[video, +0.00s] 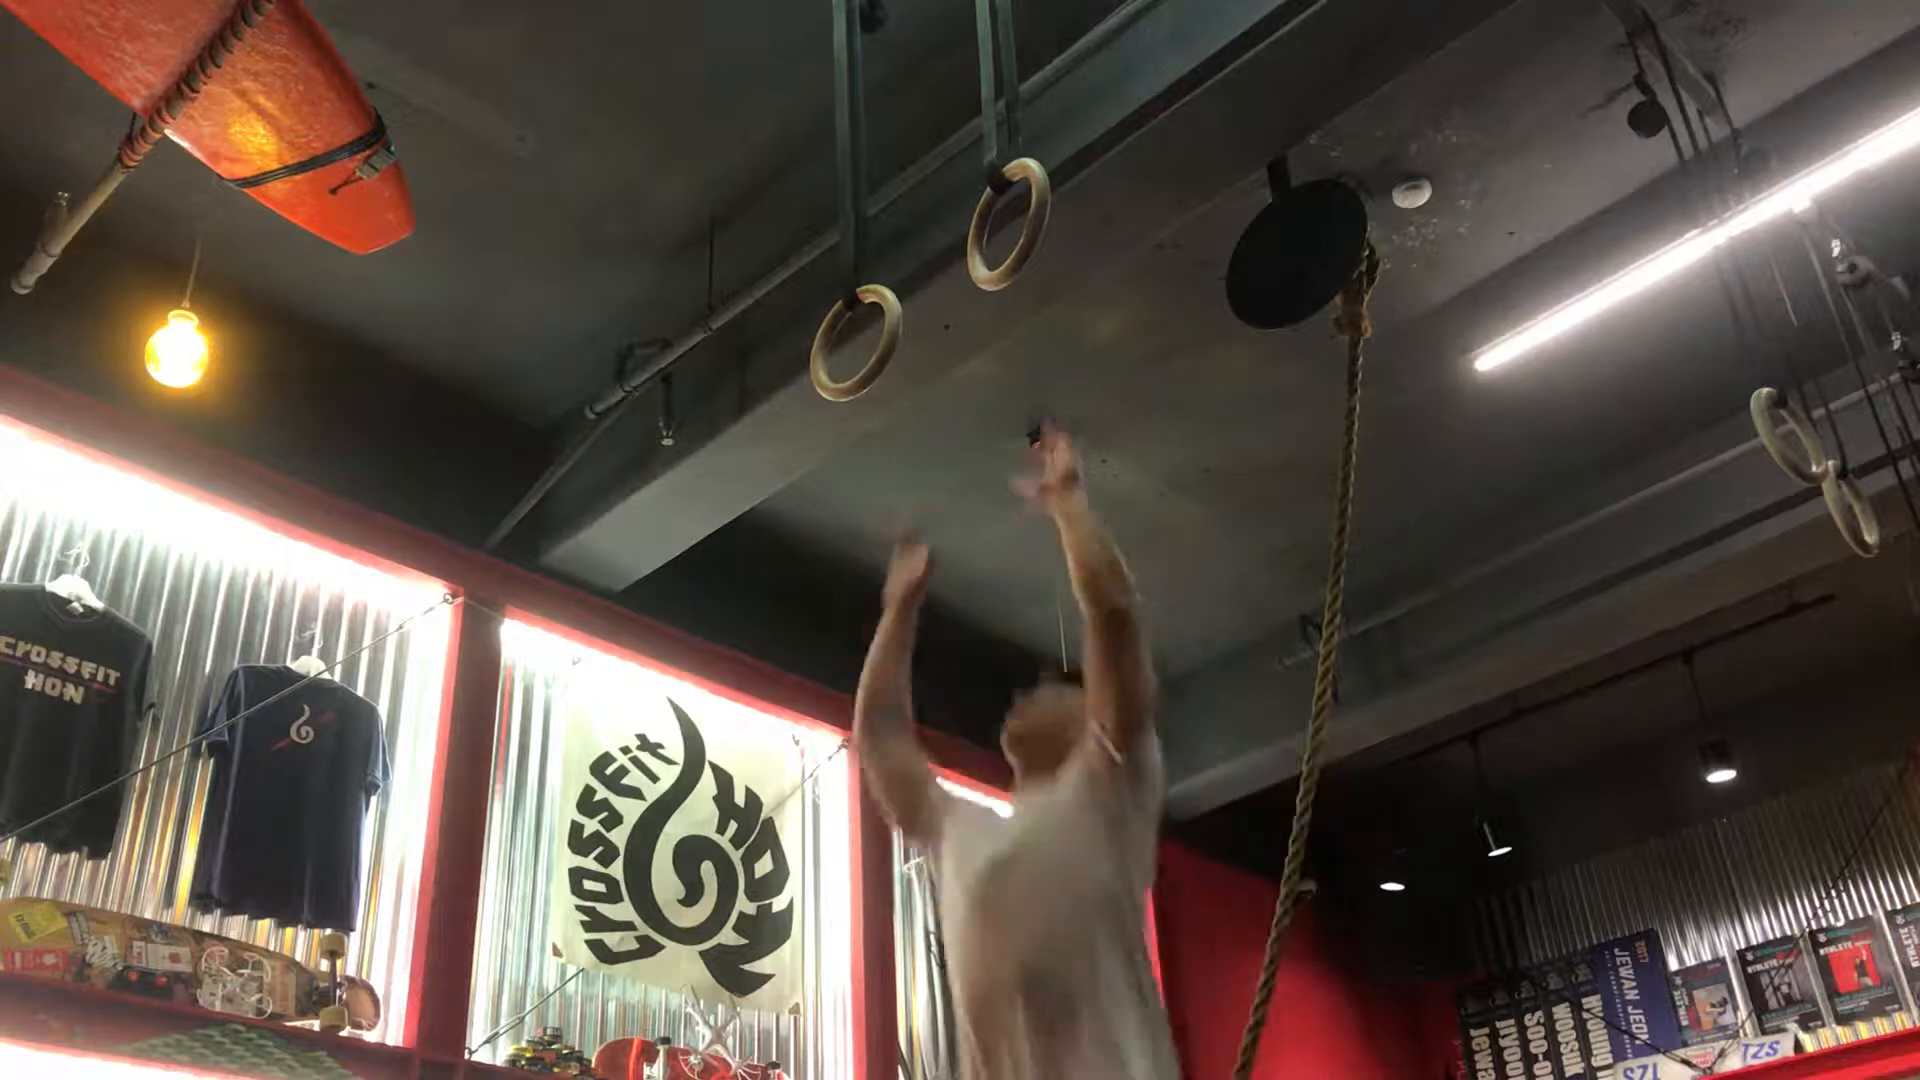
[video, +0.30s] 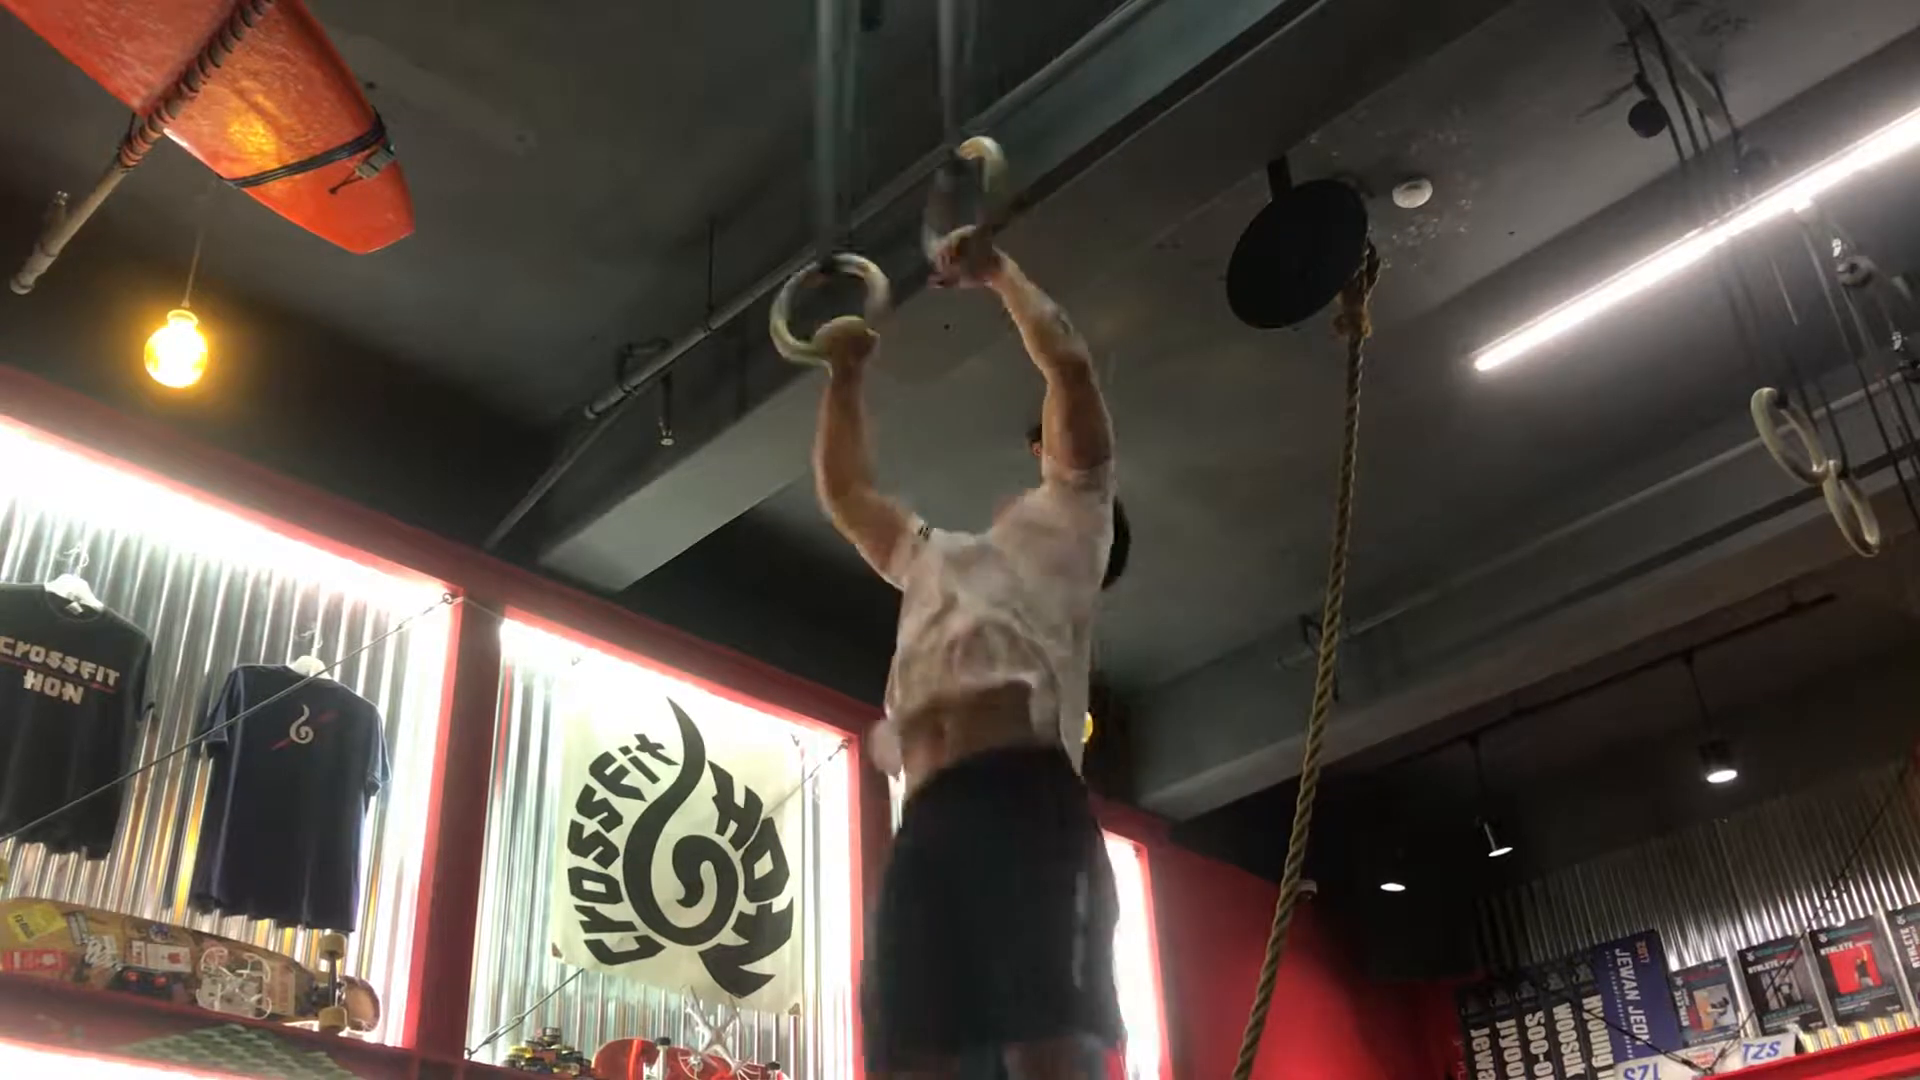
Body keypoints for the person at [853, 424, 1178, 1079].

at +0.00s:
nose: (1026, 694)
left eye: (1056, 688)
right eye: (1029, 689)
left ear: (1089, 721)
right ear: (1012, 732)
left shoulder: (1106, 801)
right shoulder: (961, 835)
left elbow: (1112, 610)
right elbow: (880, 734)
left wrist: (1066, 499)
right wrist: (898, 607)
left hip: (1113, 1063)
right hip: (993, 1068)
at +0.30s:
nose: (1033, 479)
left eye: (1055, 479)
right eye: (1035, 469)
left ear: (1083, 519)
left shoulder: (1069, 530)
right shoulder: (926, 557)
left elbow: (1070, 369)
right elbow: (845, 493)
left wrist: (997, 268)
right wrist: (845, 367)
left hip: (1025, 802)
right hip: (925, 824)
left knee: (1050, 1054)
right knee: (914, 1060)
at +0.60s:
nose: (999, 442)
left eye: (1021, 431)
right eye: (994, 436)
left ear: (1066, 448)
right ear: (988, 465)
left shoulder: (1084, 498)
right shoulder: (940, 541)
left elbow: (1077, 382)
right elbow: (831, 506)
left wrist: (1052, 292)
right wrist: (858, 410)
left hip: (1015, 728)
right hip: (905, 739)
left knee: (964, 927)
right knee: (837, 946)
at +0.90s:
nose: (992, 493)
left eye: (1014, 478)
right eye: (982, 488)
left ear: (1069, 494)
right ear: (973, 513)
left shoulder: (1098, 552)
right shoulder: (947, 588)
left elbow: (1156, 410)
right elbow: (860, 540)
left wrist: (1108, 324)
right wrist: (882, 450)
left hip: (1010, 779)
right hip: (904, 775)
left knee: (857, 846)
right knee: (752, 866)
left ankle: (662, 1009)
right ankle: (532, 1014)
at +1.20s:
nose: (880, 516)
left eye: (898, 498)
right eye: (868, 505)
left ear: (952, 504)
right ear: (861, 523)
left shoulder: (997, 561)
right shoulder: (857, 602)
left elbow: (1001, 405)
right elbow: (850, 493)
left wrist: (997, 306)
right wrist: (856, 392)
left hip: (931, 886)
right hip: (826, 897)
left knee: (924, 1064)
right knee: (780, 1064)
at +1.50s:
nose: (715, 392)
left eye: (742, 377)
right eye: (708, 382)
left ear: (799, 401)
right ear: (706, 423)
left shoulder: (847, 467)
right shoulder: (714, 521)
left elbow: (854, 303)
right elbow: (720, 422)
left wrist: (862, 193)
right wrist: (745, 308)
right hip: (775, 891)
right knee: (820, 1068)